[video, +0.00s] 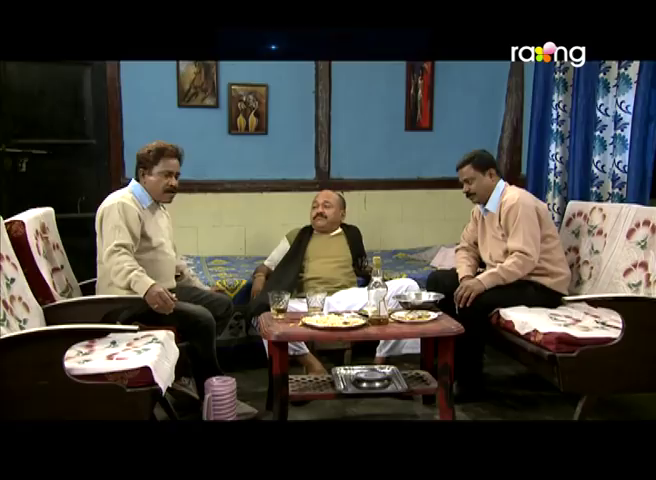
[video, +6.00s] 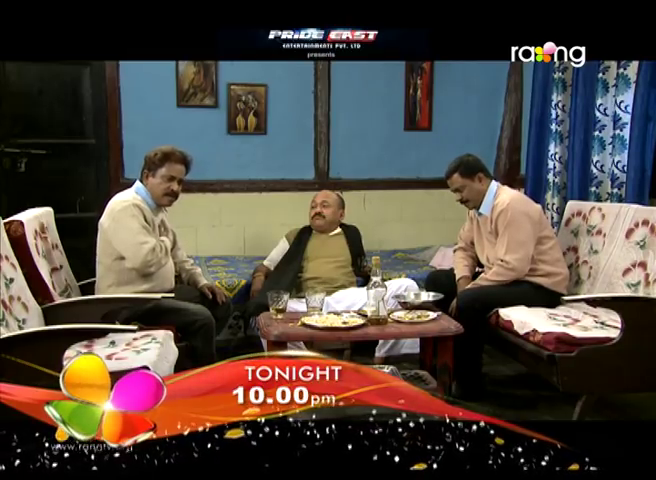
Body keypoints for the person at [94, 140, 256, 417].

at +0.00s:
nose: (174, 183)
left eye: (176, 176)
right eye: (167, 175)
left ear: (177, 178)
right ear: (144, 175)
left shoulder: (159, 208)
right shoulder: (119, 206)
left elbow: (172, 261)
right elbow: (117, 257)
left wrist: (202, 291)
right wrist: (147, 287)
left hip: (164, 292)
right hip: (128, 302)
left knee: (222, 306)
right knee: (201, 320)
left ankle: (184, 378)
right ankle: (215, 398)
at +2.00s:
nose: (155, 180)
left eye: (157, 174)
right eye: (146, 174)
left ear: (160, 174)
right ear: (124, 176)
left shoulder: (142, 210)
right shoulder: (104, 209)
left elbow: (169, 253)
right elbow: (108, 266)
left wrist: (199, 280)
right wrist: (148, 286)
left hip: (159, 292)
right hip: (126, 304)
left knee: (219, 302)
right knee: (201, 317)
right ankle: (206, 383)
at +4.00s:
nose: (176, 188)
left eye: (181, 183)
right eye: (170, 180)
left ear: (183, 184)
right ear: (148, 177)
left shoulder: (157, 213)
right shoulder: (124, 208)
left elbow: (175, 257)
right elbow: (140, 260)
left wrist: (200, 281)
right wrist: (163, 244)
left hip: (157, 295)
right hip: (127, 304)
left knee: (219, 304)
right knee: (201, 319)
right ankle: (204, 385)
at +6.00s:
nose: (175, 188)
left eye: (180, 182)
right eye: (169, 179)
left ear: (183, 184)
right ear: (147, 177)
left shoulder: (157, 213)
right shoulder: (124, 208)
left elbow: (178, 258)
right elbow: (143, 260)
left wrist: (202, 282)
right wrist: (166, 242)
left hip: (156, 296)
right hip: (127, 304)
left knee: (219, 304)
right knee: (200, 319)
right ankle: (203, 385)